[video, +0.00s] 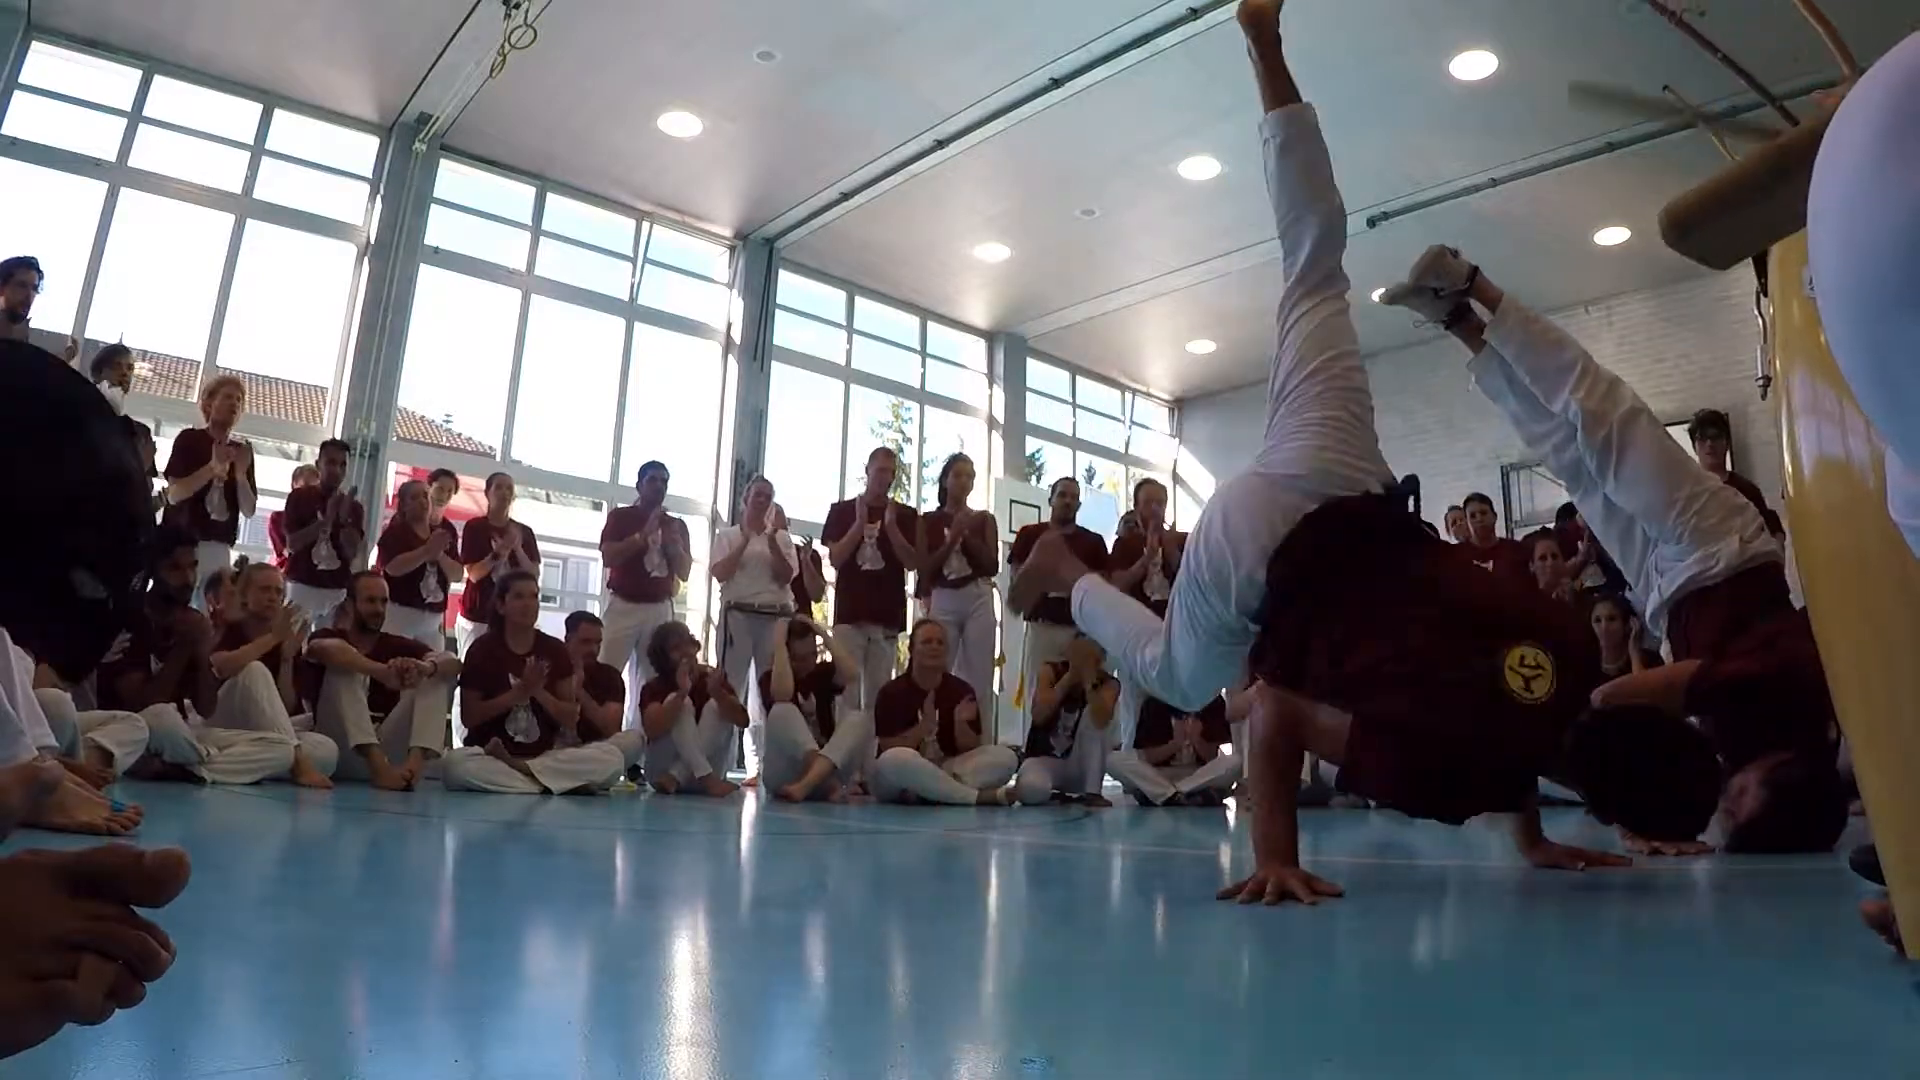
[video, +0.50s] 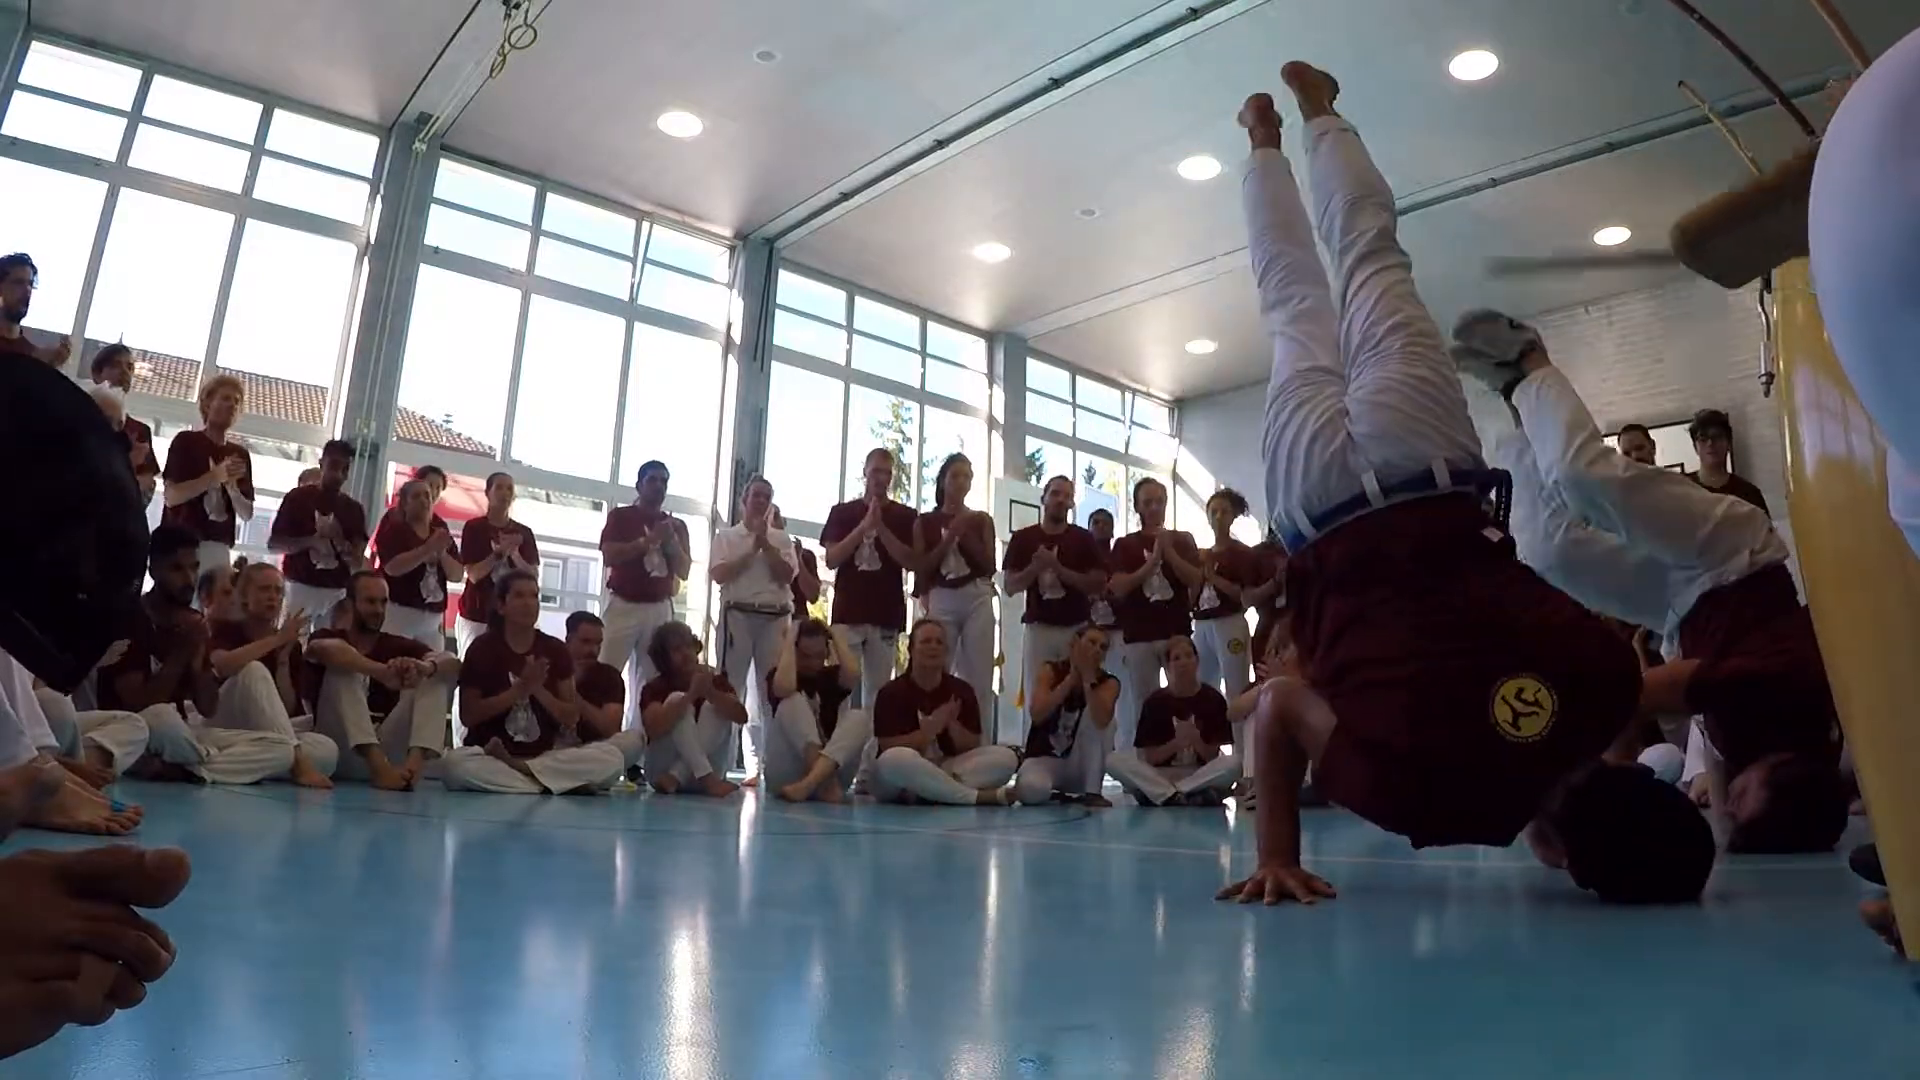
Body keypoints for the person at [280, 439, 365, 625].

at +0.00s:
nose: (337, 470)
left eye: (342, 465)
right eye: (331, 463)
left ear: (346, 469)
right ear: (318, 465)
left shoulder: (353, 508)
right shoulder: (299, 497)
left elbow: (351, 551)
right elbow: (293, 543)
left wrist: (345, 519)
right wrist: (326, 520)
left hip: (335, 589)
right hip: (301, 584)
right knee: (292, 650)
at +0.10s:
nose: (337, 471)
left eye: (343, 466)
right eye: (331, 464)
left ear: (347, 470)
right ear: (318, 465)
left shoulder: (352, 506)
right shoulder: (299, 496)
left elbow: (353, 552)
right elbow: (290, 542)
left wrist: (346, 516)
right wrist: (320, 521)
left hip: (336, 588)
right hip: (301, 584)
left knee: (329, 655)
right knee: (290, 650)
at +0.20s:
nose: (338, 472)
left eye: (343, 467)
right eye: (332, 465)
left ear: (348, 470)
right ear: (319, 465)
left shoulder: (352, 506)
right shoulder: (298, 496)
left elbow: (355, 553)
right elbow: (286, 539)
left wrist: (359, 524)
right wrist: (306, 506)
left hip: (336, 589)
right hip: (301, 584)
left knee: (329, 654)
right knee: (290, 650)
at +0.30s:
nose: (337, 474)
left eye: (343, 469)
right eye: (331, 467)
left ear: (348, 470)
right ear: (319, 464)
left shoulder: (349, 504)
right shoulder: (298, 495)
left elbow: (351, 550)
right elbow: (294, 539)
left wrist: (351, 519)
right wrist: (316, 509)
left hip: (336, 586)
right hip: (302, 582)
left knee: (332, 651)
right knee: (290, 648)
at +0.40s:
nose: (337, 474)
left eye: (344, 469)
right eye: (332, 467)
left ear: (348, 471)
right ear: (320, 464)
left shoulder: (354, 508)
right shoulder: (299, 496)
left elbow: (350, 553)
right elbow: (292, 542)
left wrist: (340, 525)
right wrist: (320, 532)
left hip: (335, 589)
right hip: (300, 585)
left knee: (328, 655)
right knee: (289, 650)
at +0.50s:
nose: (338, 475)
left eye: (344, 470)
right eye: (333, 467)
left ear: (349, 471)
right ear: (321, 463)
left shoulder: (354, 509)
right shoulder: (296, 498)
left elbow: (356, 561)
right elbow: (275, 543)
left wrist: (339, 540)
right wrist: (312, 540)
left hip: (336, 592)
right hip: (298, 589)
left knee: (327, 660)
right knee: (289, 655)